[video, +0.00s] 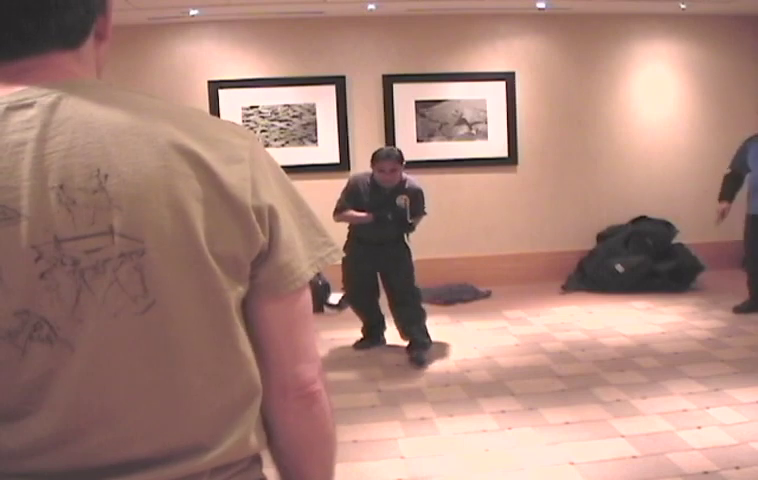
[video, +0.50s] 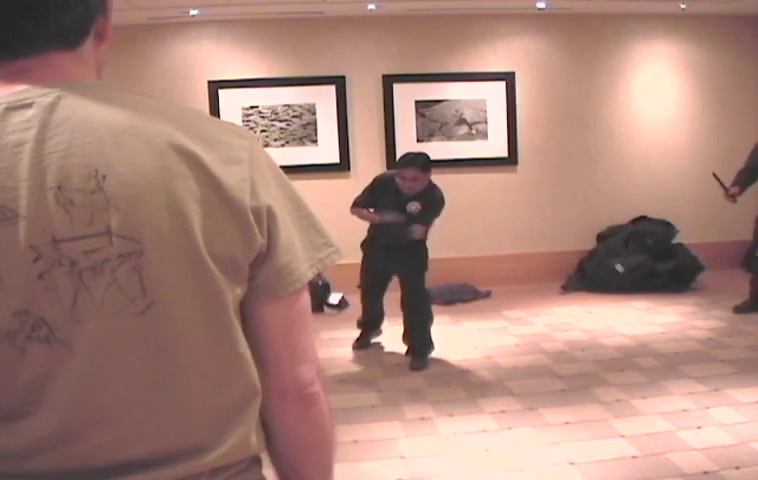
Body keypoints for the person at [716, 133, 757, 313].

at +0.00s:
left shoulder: (750, 145)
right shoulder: (751, 145)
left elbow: (736, 172)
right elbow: (736, 171)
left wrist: (726, 199)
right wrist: (726, 199)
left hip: (754, 214)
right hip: (754, 213)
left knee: (752, 256)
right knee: (752, 255)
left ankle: (754, 297)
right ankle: (753, 296)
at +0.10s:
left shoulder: (752, 146)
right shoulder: (753, 145)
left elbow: (742, 170)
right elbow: (742, 169)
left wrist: (727, 195)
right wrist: (727, 195)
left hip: (754, 215)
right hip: (754, 214)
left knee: (751, 258)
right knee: (752, 257)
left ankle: (753, 297)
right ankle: (753, 297)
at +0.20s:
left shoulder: (753, 148)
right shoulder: (754, 146)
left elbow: (746, 169)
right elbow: (746, 169)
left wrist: (731, 192)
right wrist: (730, 192)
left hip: (755, 215)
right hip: (756, 214)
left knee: (753, 256)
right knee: (752, 256)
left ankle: (753, 297)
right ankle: (753, 297)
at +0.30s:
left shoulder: (753, 149)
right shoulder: (755, 147)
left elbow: (749, 168)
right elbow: (749, 168)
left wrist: (734, 188)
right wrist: (733, 188)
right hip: (756, 214)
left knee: (753, 255)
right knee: (753, 254)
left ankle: (753, 297)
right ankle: (753, 297)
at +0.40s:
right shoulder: (756, 148)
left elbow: (751, 166)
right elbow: (752, 166)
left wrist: (736, 186)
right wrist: (736, 186)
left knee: (754, 253)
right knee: (754, 252)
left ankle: (754, 296)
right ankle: (754, 296)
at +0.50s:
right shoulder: (756, 148)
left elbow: (751, 166)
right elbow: (752, 165)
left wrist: (738, 186)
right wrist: (738, 185)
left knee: (754, 254)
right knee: (754, 254)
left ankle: (754, 297)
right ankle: (754, 297)